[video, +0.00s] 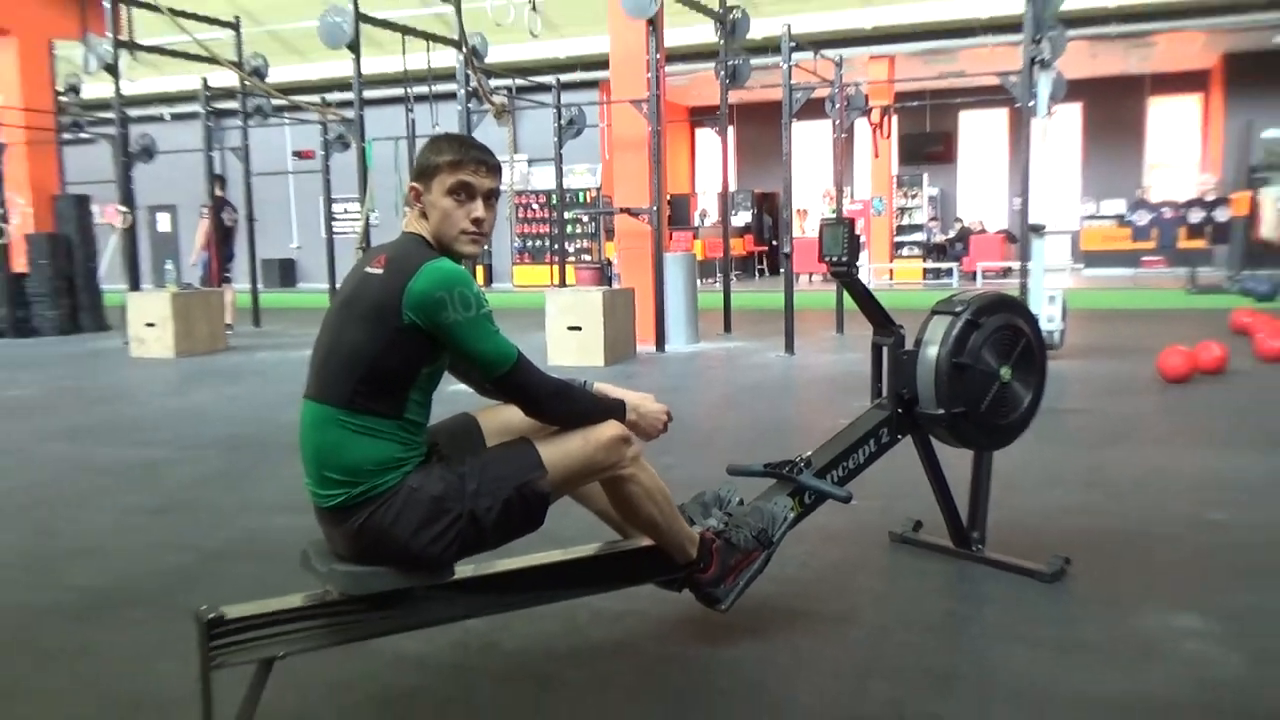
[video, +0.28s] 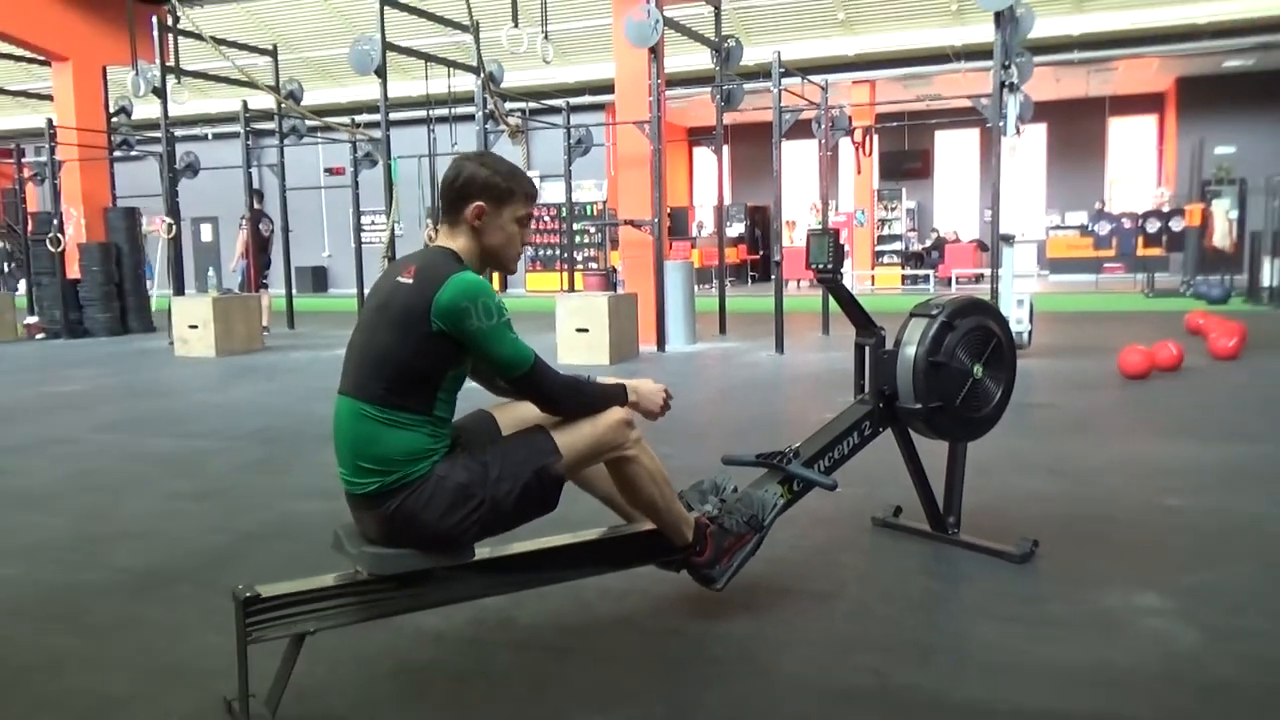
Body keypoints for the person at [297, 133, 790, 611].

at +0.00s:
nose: (481, 213)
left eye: (489, 199)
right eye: (462, 195)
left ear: (497, 204)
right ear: (417, 199)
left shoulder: (394, 262)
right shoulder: (436, 279)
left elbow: (499, 383)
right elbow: (537, 393)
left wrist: (607, 398)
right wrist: (627, 410)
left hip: (367, 479)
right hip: (386, 507)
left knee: (539, 414)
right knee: (610, 439)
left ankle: (660, 546)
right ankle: (701, 560)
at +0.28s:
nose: (529, 237)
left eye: (531, 223)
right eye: (523, 222)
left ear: (469, 218)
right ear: (478, 217)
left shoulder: (415, 271)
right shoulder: (459, 288)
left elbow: (507, 383)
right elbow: (554, 392)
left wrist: (607, 393)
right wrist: (630, 392)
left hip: (380, 481)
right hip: (414, 499)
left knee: (546, 412)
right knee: (615, 424)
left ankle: (657, 527)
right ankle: (696, 541)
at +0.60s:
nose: (523, 221)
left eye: (525, 205)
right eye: (518, 205)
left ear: (456, 198)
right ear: (475, 199)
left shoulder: (390, 258)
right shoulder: (452, 280)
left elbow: (475, 384)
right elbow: (545, 398)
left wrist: (592, 390)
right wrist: (618, 393)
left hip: (343, 497)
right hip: (384, 516)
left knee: (539, 415)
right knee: (609, 428)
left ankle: (652, 549)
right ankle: (705, 563)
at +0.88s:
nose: (479, 186)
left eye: (482, 166)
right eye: (473, 164)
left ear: (400, 152)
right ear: (417, 155)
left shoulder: (300, 238)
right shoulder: (394, 278)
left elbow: (423, 402)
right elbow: (490, 424)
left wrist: (566, 402)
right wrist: (591, 401)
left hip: (257, 542)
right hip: (311, 565)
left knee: (503, 443)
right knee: (579, 449)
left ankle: (660, 604)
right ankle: (729, 628)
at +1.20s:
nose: (407, 142)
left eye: (409, 115)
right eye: (398, 112)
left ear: (303, 104)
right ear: (327, 102)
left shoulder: (179, 222)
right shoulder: (303, 271)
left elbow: (342, 453)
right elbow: (441, 476)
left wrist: (539, 452)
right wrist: (574, 444)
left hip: (127, 621)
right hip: (200, 653)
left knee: (447, 506)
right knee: (566, 507)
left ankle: (654, 700)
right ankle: (735, 710)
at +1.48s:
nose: (340, 110)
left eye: (340, 75)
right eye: (328, 71)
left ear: (233, 63)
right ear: (238, 59)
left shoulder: (41, 204)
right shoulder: (205, 283)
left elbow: (250, 508)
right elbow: (368, 549)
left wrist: (499, 500)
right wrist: (541, 496)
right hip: (89, 700)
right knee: (514, 583)